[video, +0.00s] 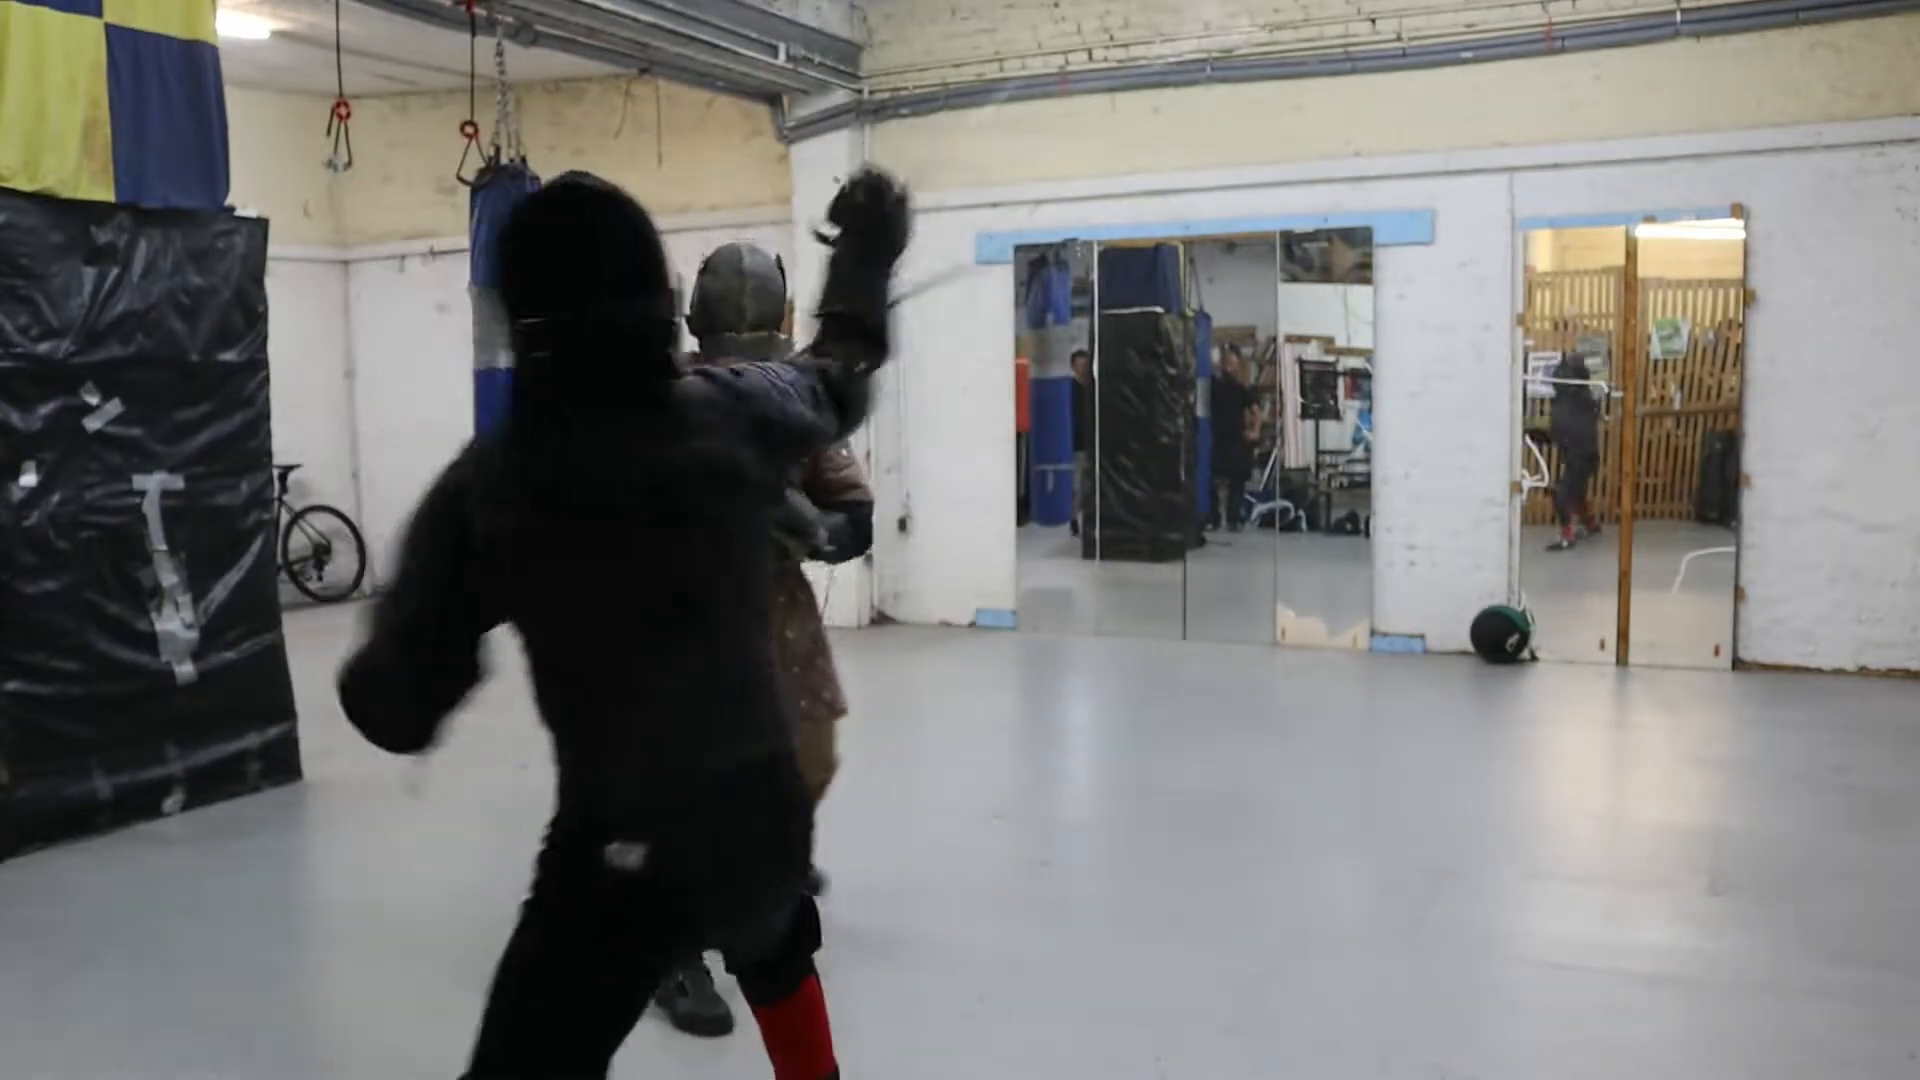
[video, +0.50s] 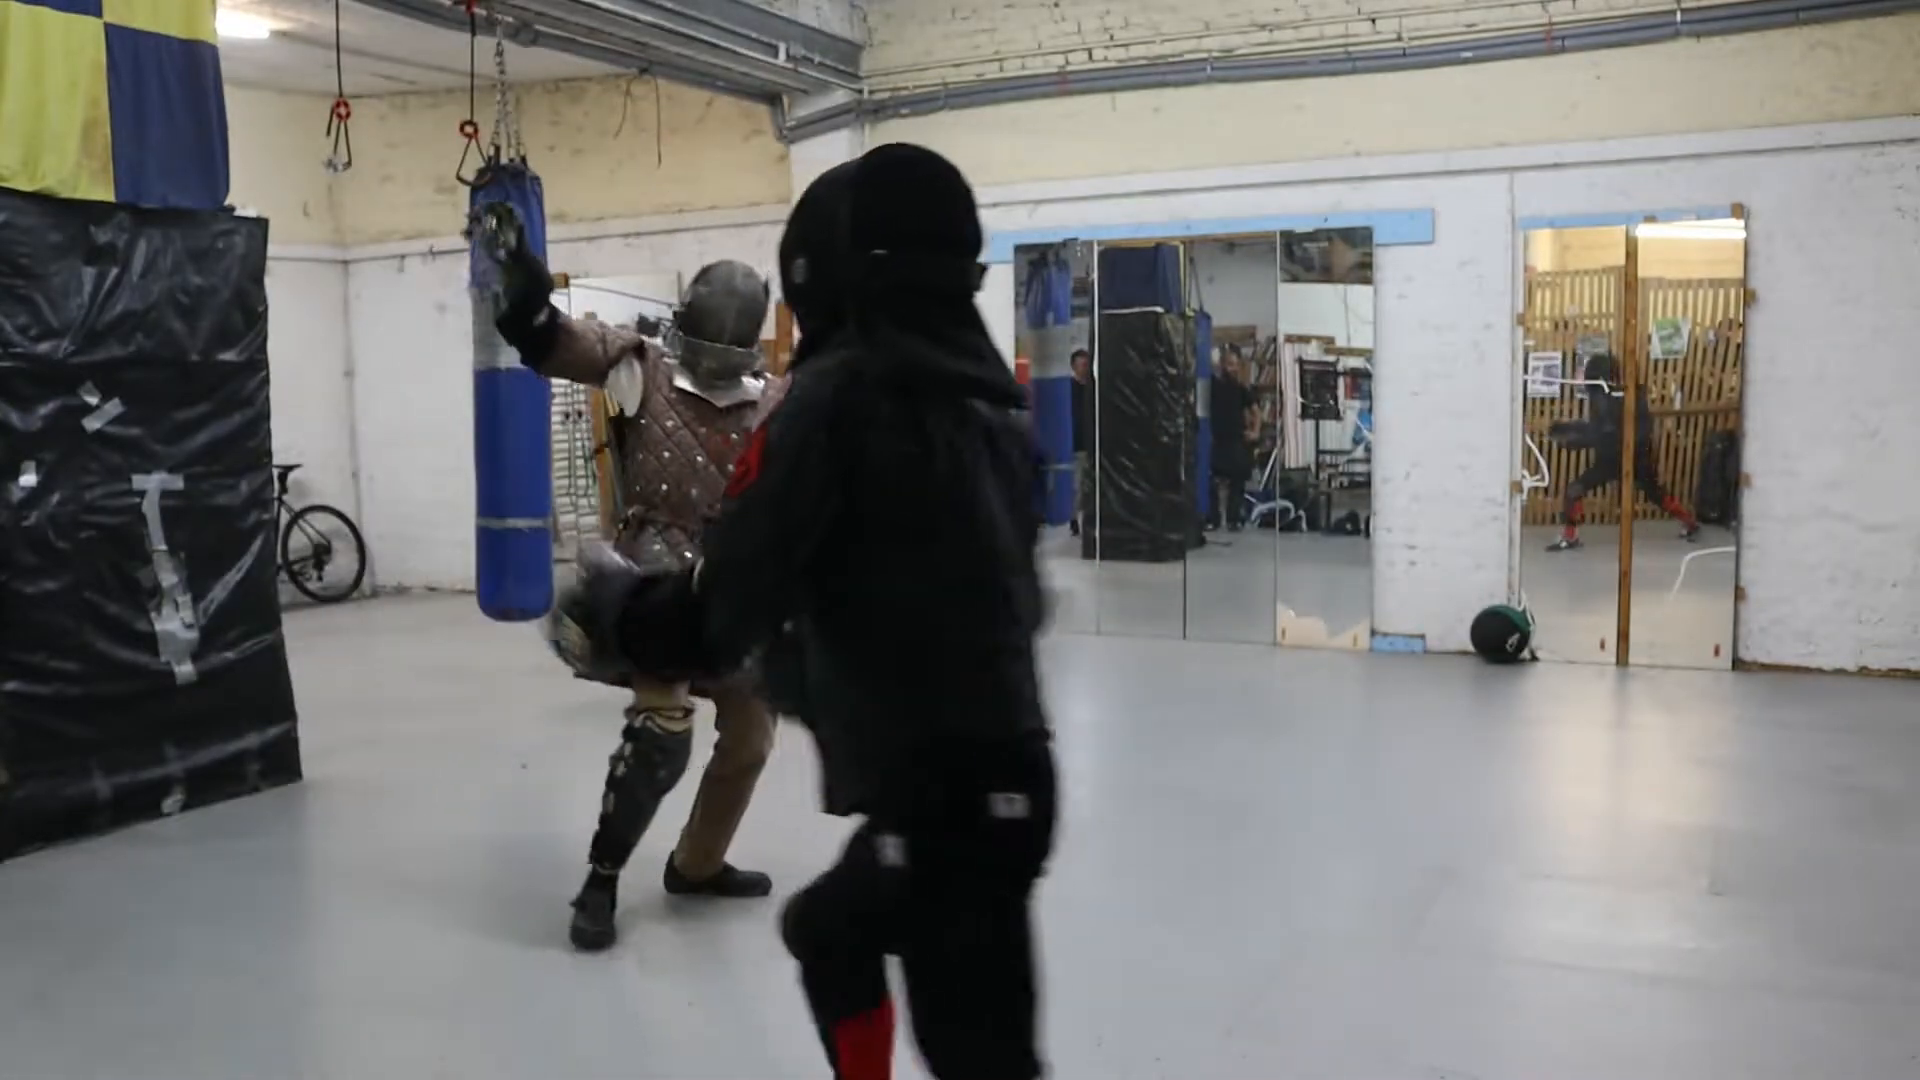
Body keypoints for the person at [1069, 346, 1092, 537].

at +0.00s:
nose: (1083, 368)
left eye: (1085, 363)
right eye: (1079, 364)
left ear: (1090, 365)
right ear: (1073, 366)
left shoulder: (1094, 385)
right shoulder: (1072, 387)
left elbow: (1097, 412)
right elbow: (1071, 415)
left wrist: (1098, 438)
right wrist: (1073, 441)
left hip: (1094, 442)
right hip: (1079, 443)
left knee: (1092, 486)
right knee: (1078, 486)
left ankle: (1092, 519)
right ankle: (1074, 518)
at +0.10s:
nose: (1084, 368)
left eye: (1086, 364)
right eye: (1080, 364)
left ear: (1090, 365)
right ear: (1074, 367)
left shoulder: (1094, 385)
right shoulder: (1072, 387)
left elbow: (1097, 412)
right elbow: (1070, 415)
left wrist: (1099, 438)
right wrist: (1071, 441)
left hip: (1094, 443)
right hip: (1079, 444)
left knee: (1092, 486)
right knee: (1078, 486)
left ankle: (1092, 520)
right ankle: (1074, 518)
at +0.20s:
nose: (1083, 368)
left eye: (1086, 364)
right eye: (1080, 364)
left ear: (1090, 366)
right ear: (1073, 366)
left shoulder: (1094, 386)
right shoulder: (1071, 387)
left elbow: (1098, 412)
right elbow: (1069, 415)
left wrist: (1098, 437)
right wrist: (1070, 440)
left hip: (1094, 442)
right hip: (1078, 442)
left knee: (1092, 485)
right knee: (1078, 484)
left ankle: (1092, 519)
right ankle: (1074, 518)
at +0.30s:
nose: (1084, 368)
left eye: (1086, 363)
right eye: (1080, 364)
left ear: (1090, 365)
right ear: (1073, 366)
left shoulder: (1094, 385)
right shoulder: (1070, 387)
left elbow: (1097, 412)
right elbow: (1069, 415)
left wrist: (1098, 437)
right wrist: (1069, 441)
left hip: (1094, 442)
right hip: (1078, 443)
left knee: (1092, 485)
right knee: (1077, 484)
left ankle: (1092, 519)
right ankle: (1074, 518)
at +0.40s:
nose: (1084, 368)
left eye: (1086, 363)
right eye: (1080, 364)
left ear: (1090, 365)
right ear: (1073, 366)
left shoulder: (1094, 385)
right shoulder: (1070, 387)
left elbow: (1097, 412)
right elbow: (1069, 415)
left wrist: (1098, 437)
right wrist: (1070, 440)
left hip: (1094, 442)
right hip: (1078, 443)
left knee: (1092, 485)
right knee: (1077, 484)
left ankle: (1092, 519)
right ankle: (1074, 518)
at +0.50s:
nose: (1084, 368)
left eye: (1086, 363)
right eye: (1080, 364)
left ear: (1090, 366)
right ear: (1073, 366)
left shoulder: (1094, 385)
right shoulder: (1071, 387)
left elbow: (1097, 412)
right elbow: (1069, 415)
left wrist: (1099, 436)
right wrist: (1071, 440)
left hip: (1094, 441)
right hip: (1079, 442)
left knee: (1092, 483)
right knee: (1078, 483)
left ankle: (1092, 517)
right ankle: (1074, 517)